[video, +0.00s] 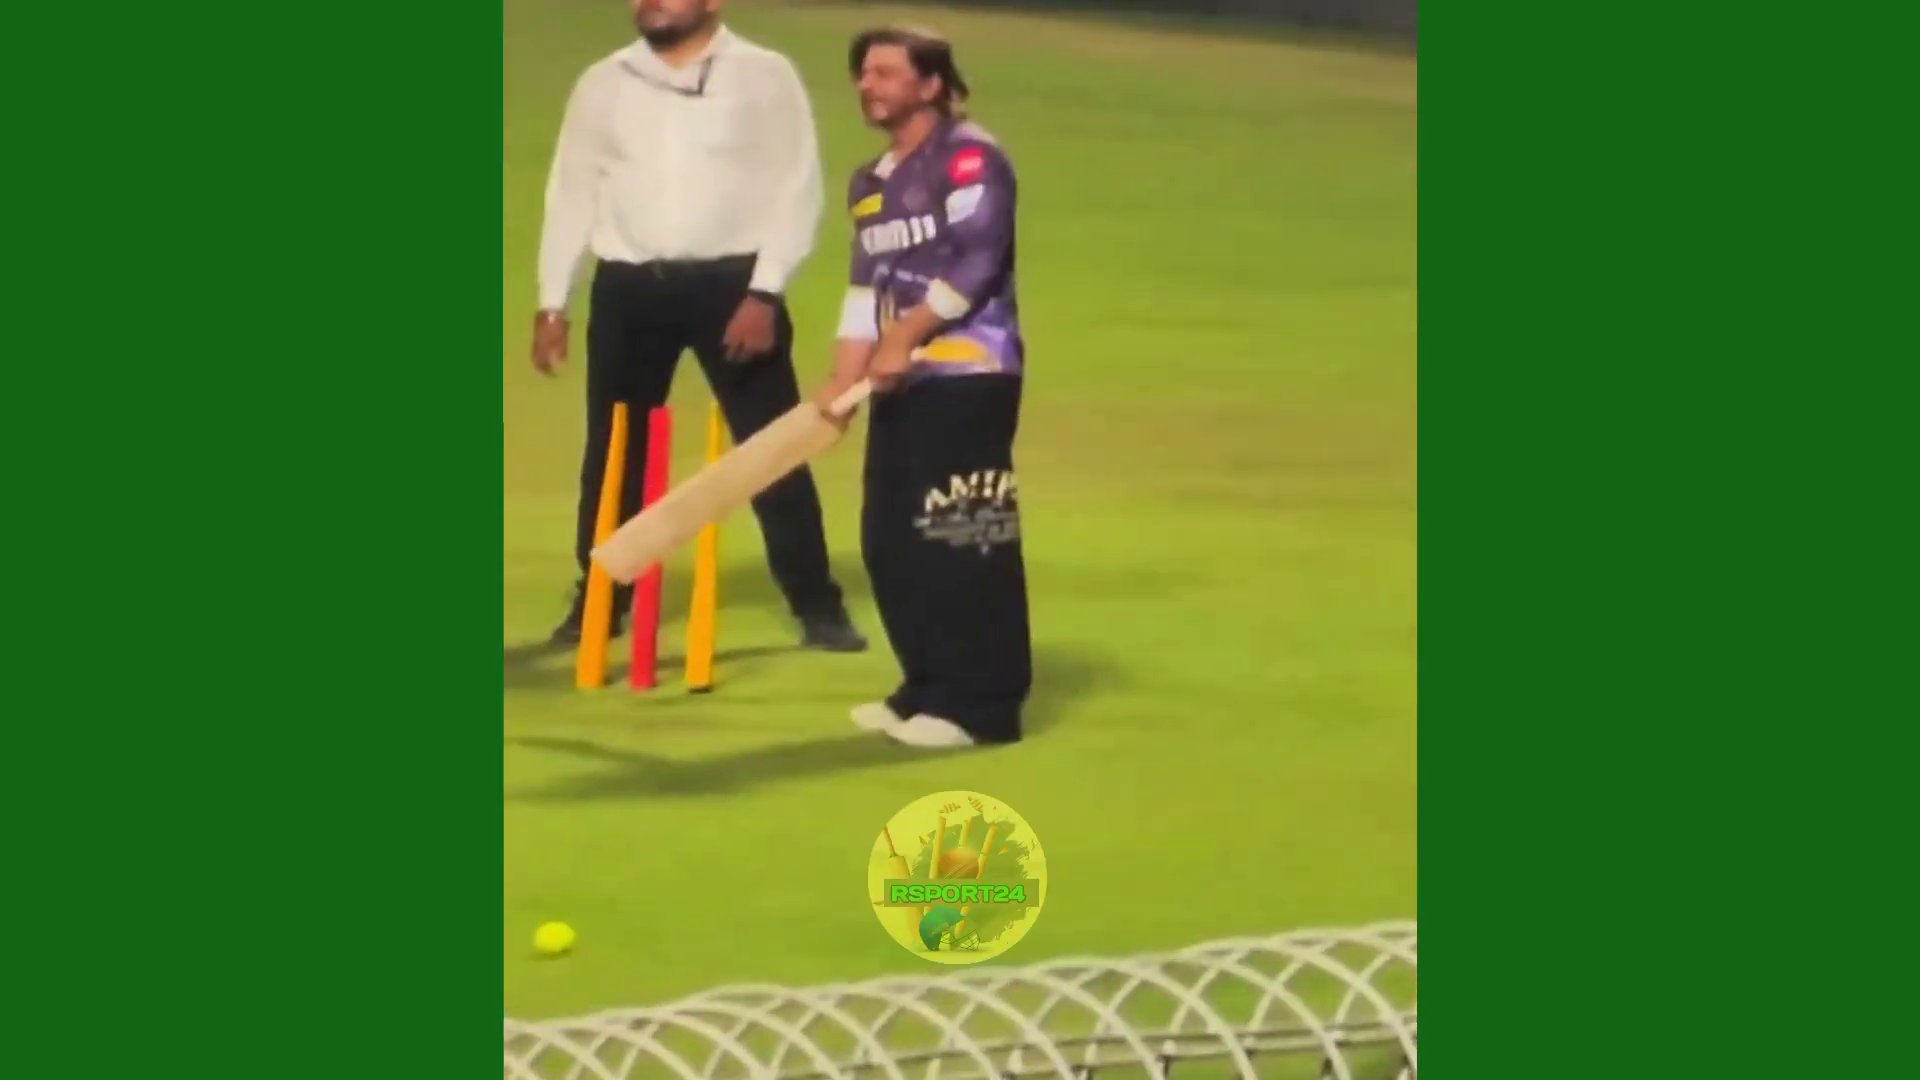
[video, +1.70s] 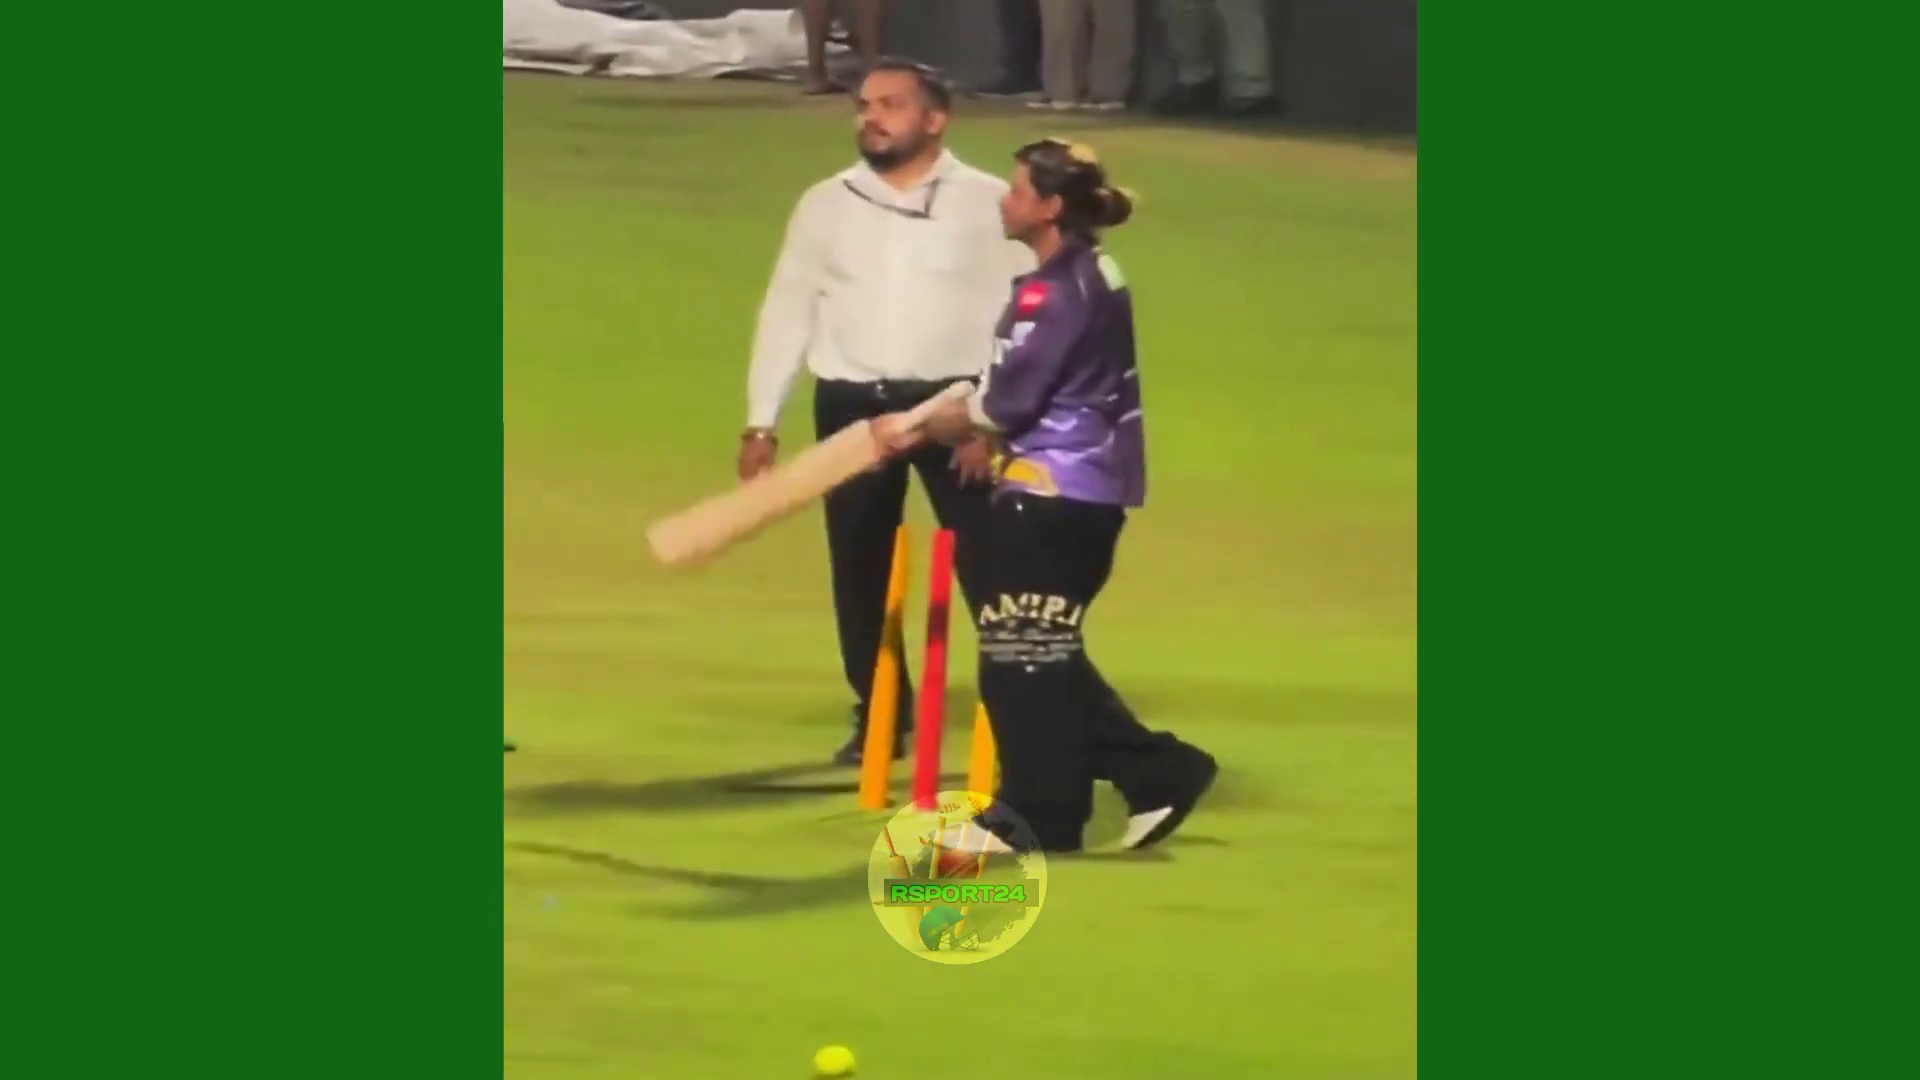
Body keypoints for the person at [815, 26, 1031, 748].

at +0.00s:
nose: (868, 86)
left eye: (884, 74)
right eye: (864, 75)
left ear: (931, 84)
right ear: (861, 89)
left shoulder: (974, 159)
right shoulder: (870, 179)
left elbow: (977, 266)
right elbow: (865, 291)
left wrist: (903, 334)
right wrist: (844, 380)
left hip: (970, 380)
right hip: (904, 383)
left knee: (962, 539)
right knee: (889, 537)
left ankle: (981, 706)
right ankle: (926, 686)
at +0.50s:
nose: (923, 113)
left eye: (939, 102)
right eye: (921, 102)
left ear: (985, 113)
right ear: (922, 115)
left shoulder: (1023, 188)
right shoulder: (928, 211)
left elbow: (1030, 302)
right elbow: (925, 322)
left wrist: (977, 381)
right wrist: (882, 419)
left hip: (999, 394)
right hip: (941, 394)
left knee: (956, 554)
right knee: (930, 554)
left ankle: (989, 725)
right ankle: (971, 718)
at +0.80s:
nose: (971, 146)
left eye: (987, 134)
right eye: (971, 134)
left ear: (1036, 145)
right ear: (1009, 149)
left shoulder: (1066, 221)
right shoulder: (997, 233)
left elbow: (1075, 332)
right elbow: (1007, 337)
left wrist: (1032, 417)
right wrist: (986, 424)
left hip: (1043, 437)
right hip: (1006, 435)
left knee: (958, 581)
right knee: (1023, 600)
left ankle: (917, 749)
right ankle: (1061, 756)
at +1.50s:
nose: (982, 196)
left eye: (992, 186)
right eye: (988, 183)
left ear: (1028, 201)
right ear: (1034, 201)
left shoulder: (1043, 285)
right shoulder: (1064, 270)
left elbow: (1014, 402)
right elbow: (1027, 395)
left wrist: (963, 441)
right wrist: (974, 444)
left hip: (1048, 487)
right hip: (1074, 487)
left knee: (1006, 649)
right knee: (1052, 649)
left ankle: (1001, 813)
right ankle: (1156, 786)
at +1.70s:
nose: (1005, 197)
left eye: (1016, 189)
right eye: (1011, 186)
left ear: (1048, 207)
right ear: (1059, 207)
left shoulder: (1055, 292)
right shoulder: (1090, 274)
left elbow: (1004, 403)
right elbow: (1014, 382)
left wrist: (918, 425)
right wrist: (982, 431)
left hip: (1052, 493)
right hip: (1080, 490)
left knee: (1026, 657)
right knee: (1037, 653)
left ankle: (1038, 817)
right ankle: (1158, 774)